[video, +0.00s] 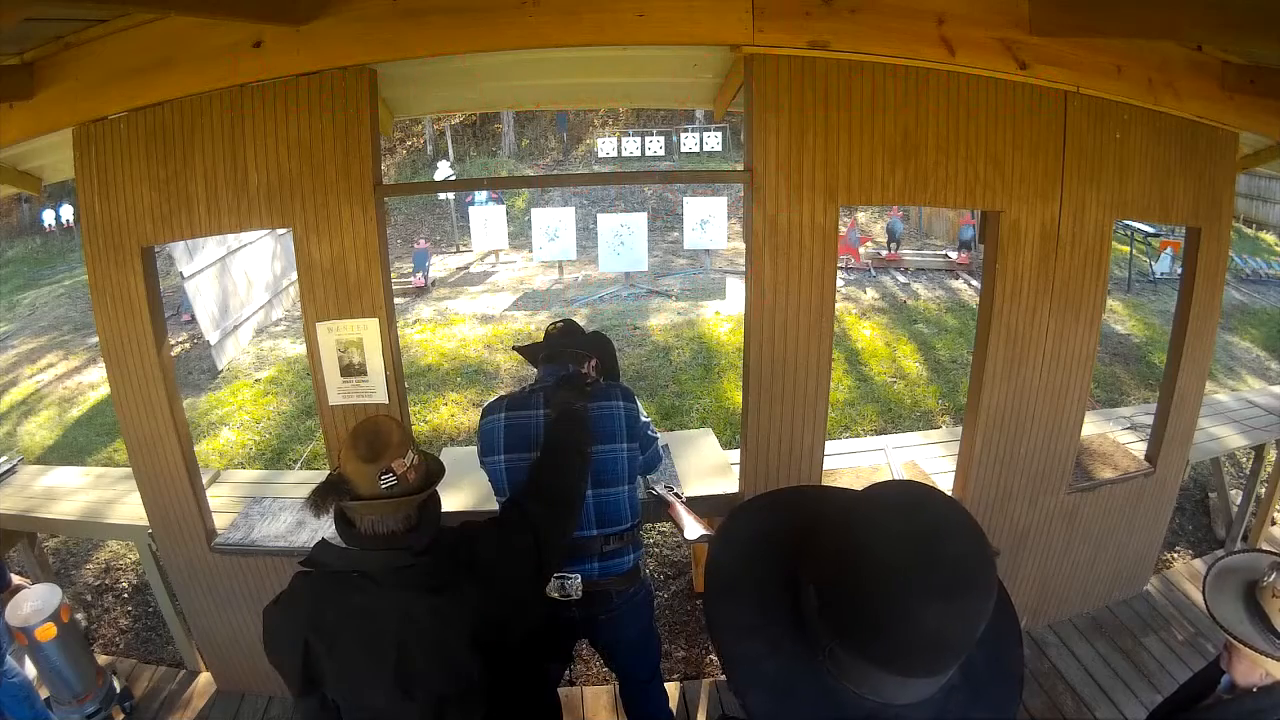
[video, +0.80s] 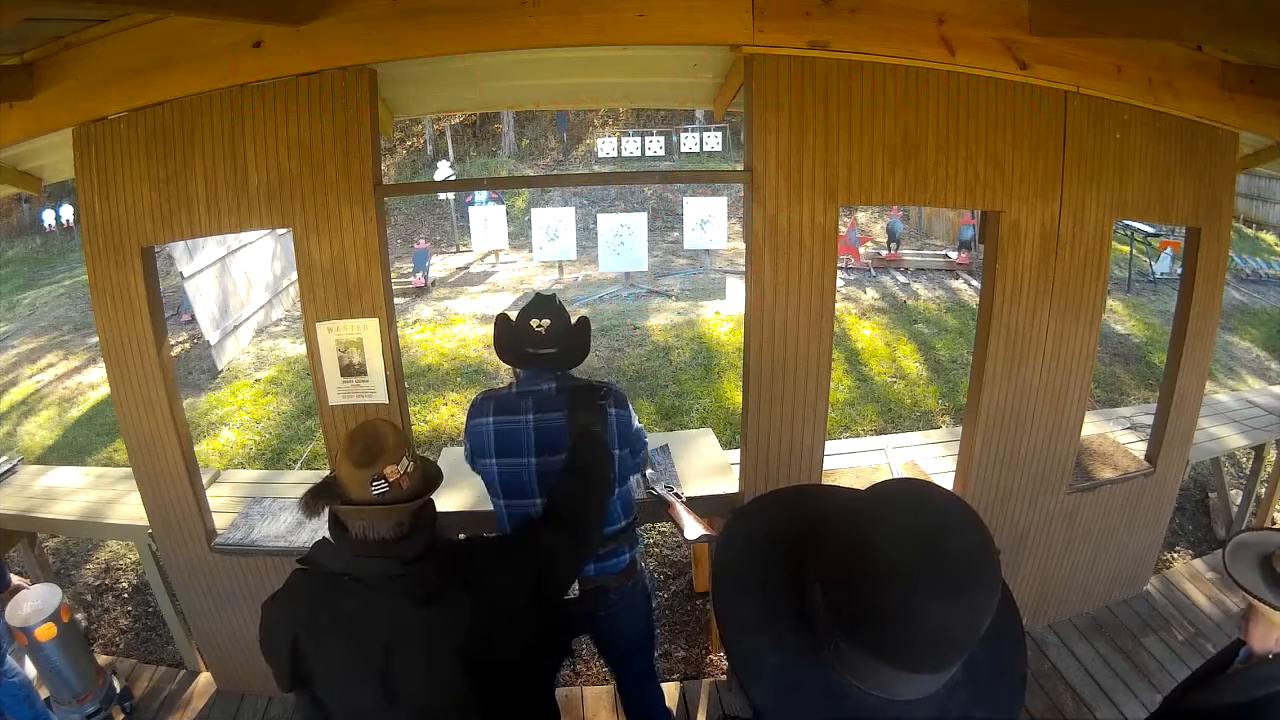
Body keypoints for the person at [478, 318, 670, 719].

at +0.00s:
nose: (598, 372)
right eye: (597, 364)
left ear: (539, 363)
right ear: (589, 364)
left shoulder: (494, 415)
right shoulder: (621, 403)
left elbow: (503, 491)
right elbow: (655, 464)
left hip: (535, 592)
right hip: (617, 590)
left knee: (535, 692)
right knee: (644, 688)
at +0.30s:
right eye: (580, 357)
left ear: (529, 361)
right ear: (579, 358)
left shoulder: (488, 418)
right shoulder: (613, 397)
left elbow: (488, 484)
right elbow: (668, 458)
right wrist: (634, 493)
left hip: (539, 591)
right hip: (623, 585)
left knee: (538, 693)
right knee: (645, 691)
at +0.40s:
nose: (516, 367)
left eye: (518, 359)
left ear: (520, 362)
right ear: (573, 357)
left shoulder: (486, 420)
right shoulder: (611, 395)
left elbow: (483, 488)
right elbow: (667, 445)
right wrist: (642, 495)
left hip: (542, 585)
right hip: (624, 578)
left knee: (540, 692)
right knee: (646, 688)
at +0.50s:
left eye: (512, 358)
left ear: (510, 363)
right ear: (563, 355)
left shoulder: (479, 424)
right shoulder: (607, 391)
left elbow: (473, 499)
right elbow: (673, 421)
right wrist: (625, 460)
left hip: (537, 590)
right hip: (624, 580)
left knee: (539, 698)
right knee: (646, 691)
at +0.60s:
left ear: (508, 356)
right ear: (567, 348)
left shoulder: (476, 424)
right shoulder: (606, 387)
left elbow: (465, 500)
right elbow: (681, 403)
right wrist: (621, 391)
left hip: (535, 590)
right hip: (621, 581)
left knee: (537, 701)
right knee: (644, 691)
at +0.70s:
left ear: (508, 353)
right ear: (569, 345)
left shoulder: (478, 419)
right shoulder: (603, 392)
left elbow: (473, 490)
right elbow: (665, 447)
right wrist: (613, 437)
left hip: (536, 591)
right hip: (618, 582)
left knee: (537, 697)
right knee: (642, 686)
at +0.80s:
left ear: (513, 349)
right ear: (574, 345)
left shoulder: (483, 414)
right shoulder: (609, 401)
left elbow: (478, 465)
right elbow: (638, 460)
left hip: (536, 591)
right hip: (616, 585)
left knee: (536, 694)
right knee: (641, 688)